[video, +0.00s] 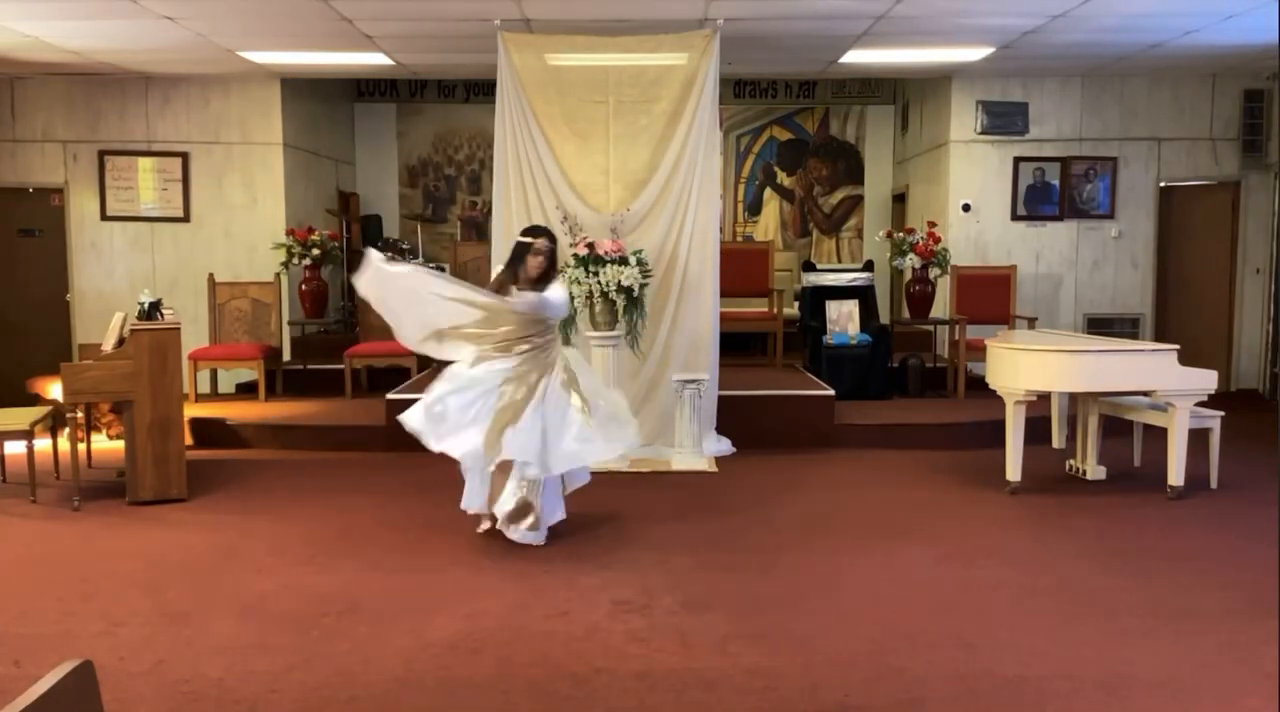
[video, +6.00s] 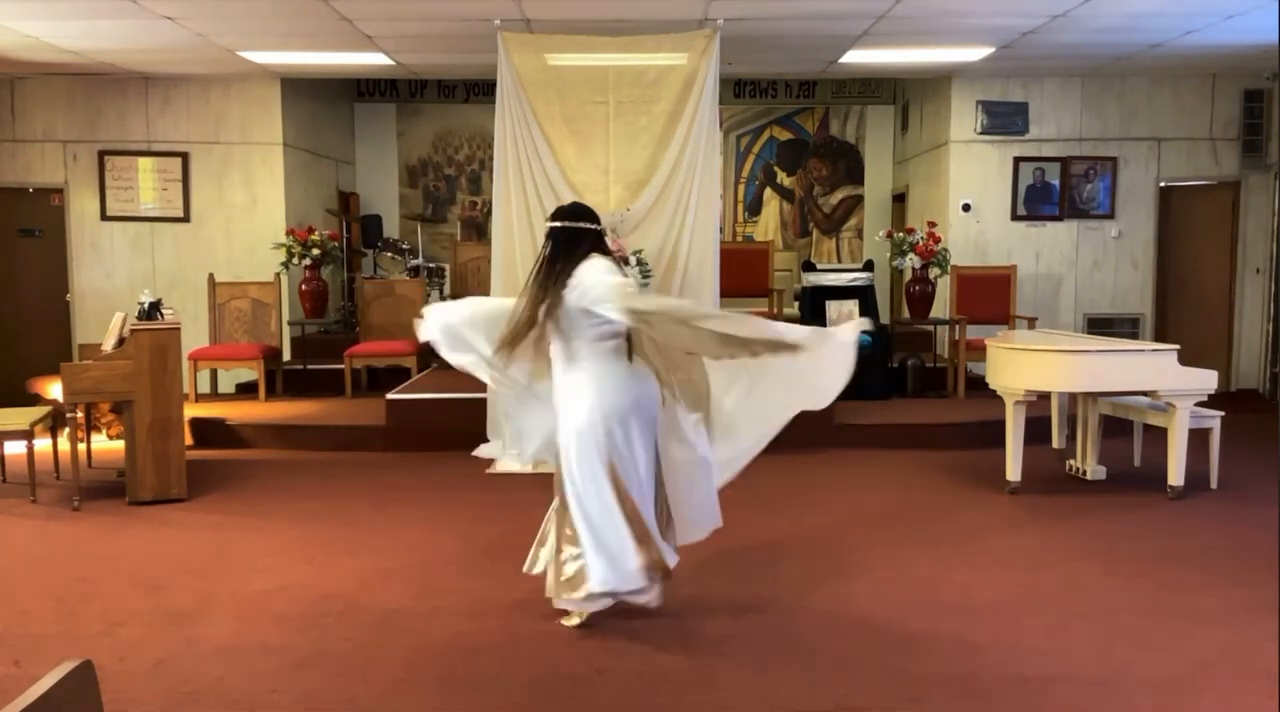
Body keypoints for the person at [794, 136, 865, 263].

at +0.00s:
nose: (817, 176)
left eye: (823, 169)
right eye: (813, 170)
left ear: (839, 166)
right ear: (808, 172)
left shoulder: (854, 193)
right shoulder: (818, 194)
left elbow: (828, 227)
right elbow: (800, 233)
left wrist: (808, 197)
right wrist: (799, 198)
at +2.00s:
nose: (815, 176)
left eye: (820, 170)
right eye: (812, 171)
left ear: (840, 166)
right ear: (808, 173)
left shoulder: (854, 193)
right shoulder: (820, 195)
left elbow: (828, 227)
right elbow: (799, 233)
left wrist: (808, 196)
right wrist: (798, 197)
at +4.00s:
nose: (815, 176)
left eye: (821, 170)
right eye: (812, 171)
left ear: (840, 166)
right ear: (808, 173)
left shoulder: (854, 193)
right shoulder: (819, 195)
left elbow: (828, 227)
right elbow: (799, 232)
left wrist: (808, 197)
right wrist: (799, 197)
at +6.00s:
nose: (815, 176)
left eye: (821, 170)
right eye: (812, 171)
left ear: (839, 167)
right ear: (808, 172)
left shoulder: (854, 193)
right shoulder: (819, 194)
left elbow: (828, 227)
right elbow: (799, 233)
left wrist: (808, 196)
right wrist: (799, 197)